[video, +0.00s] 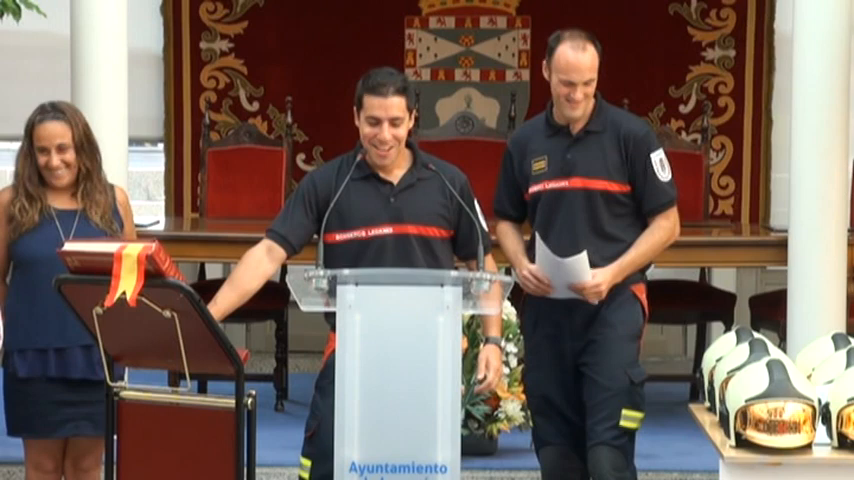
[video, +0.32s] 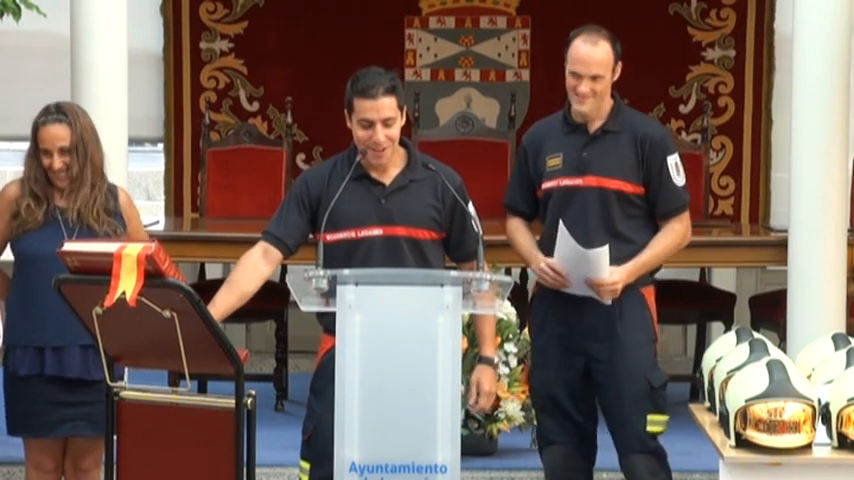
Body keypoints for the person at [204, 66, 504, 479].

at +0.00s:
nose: (384, 135)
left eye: (395, 122)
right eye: (373, 122)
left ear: (412, 120)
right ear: (357, 119)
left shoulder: (449, 183)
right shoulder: (326, 182)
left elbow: (483, 266)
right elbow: (269, 253)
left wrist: (492, 341)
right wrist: (207, 318)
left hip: (430, 351)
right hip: (353, 351)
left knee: (427, 467)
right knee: (323, 466)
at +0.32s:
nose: (377, 137)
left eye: (388, 123)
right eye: (366, 125)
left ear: (404, 118)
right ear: (349, 121)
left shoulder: (443, 185)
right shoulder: (319, 183)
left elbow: (475, 275)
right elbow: (265, 255)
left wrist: (487, 359)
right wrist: (206, 321)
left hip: (424, 352)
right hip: (345, 351)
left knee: (423, 468)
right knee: (325, 466)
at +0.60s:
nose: (376, 139)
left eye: (386, 125)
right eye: (364, 127)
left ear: (404, 119)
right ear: (349, 123)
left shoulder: (443, 185)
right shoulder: (318, 183)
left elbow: (475, 275)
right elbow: (264, 256)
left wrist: (483, 356)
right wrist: (206, 321)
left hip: (423, 353)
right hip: (343, 352)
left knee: (422, 468)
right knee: (323, 466)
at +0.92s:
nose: (377, 140)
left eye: (387, 126)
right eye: (366, 128)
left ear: (405, 119)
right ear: (350, 124)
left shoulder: (448, 185)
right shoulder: (323, 185)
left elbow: (483, 273)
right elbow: (266, 256)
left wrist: (486, 355)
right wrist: (206, 322)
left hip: (428, 354)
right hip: (350, 353)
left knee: (426, 468)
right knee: (320, 464)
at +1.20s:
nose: (378, 141)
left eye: (387, 127)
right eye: (366, 129)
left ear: (405, 120)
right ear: (350, 124)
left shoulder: (447, 187)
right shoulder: (322, 185)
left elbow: (485, 274)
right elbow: (266, 256)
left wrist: (495, 356)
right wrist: (207, 322)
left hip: (427, 355)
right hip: (349, 355)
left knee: (425, 467)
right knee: (324, 465)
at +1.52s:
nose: (378, 139)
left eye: (388, 126)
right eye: (366, 127)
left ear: (406, 119)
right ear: (351, 123)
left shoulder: (445, 187)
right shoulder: (321, 184)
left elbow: (477, 278)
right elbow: (266, 256)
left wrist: (486, 361)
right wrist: (207, 322)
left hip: (426, 354)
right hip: (347, 353)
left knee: (424, 468)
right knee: (323, 465)